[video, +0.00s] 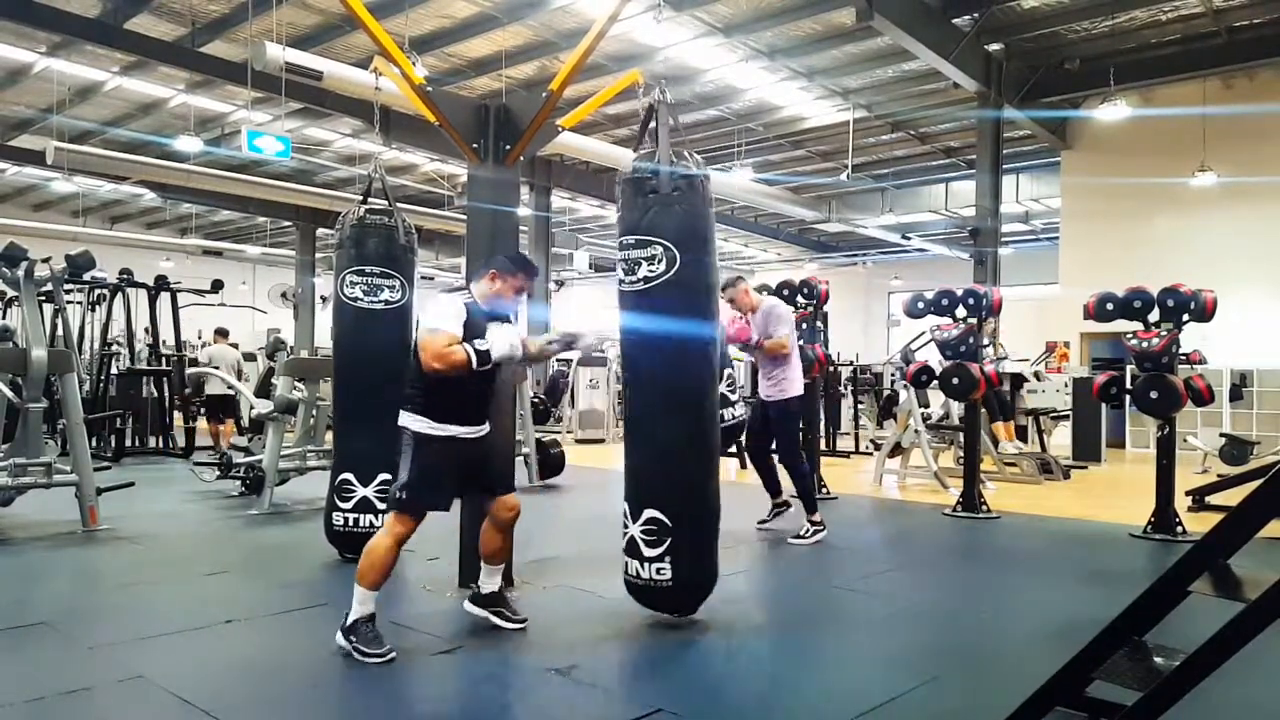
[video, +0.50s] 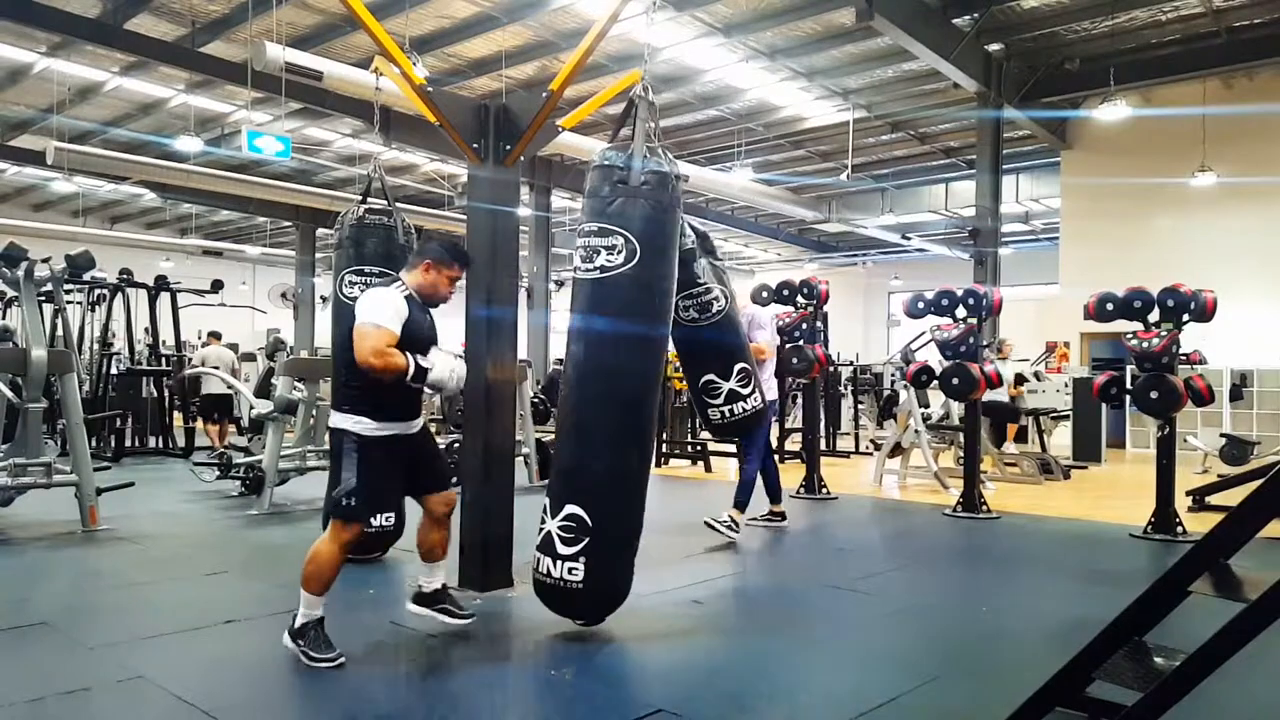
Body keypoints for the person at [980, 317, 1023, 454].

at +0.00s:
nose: (992, 328)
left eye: (993, 324)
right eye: (989, 324)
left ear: (994, 326)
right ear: (983, 326)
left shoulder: (989, 341)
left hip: (989, 382)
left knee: (1005, 403)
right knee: (993, 407)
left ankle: (1012, 440)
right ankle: (1003, 442)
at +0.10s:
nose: (996, 328)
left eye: (996, 325)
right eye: (993, 324)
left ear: (995, 326)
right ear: (985, 326)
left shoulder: (996, 343)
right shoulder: (978, 342)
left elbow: (1005, 359)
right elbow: (977, 362)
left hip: (996, 383)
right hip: (982, 384)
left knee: (1008, 404)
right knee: (997, 406)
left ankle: (1008, 442)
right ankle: (1002, 442)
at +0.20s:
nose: (999, 332)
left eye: (1000, 329)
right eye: (997, 330)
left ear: (998, 331)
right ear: (991, 331)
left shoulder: (998, 346)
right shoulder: (983, 347)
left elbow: (1004, 362)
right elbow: (985, 368)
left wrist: (1009, 368)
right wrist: (1001, 370)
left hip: (996, 386)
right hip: (982, 387)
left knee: (1007, 409)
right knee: (1000, 408)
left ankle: (1007, 441)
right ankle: (1002, 441)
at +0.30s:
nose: (1004, 339)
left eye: (1003, 337)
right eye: (1001, 337)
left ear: (1002, 339)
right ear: (994, 338)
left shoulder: (1004, 354)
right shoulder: (986, 353)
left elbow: (1008, 377)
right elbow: (983, 371)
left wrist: (1012, 374)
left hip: (1002, 390)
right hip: (988, 391)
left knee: (1006, 413)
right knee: (1005, 408)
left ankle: (1005, 441)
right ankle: (1004, 441)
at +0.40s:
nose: (1007, 348)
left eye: (1007, 345)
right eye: (1004, 345)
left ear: (1007, 348)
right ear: (997, 347)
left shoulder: (1009, 364)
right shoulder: (988, 362)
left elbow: (1011, 389)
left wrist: (1016, 385)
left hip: (1002, 399)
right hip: (986, 398)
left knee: (998, 432)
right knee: (1011, 410)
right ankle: (1005, 441)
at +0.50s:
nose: (1010, 349)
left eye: (1010, 346)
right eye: (1007, 346)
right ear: (1000, 348)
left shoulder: (1009, 364)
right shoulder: (990, 363)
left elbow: (1009, 389)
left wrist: (1016, 392)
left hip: (1004, 400)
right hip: (988, 399)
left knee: (1001, 432)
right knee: (1014, 412)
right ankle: (1009, 443)